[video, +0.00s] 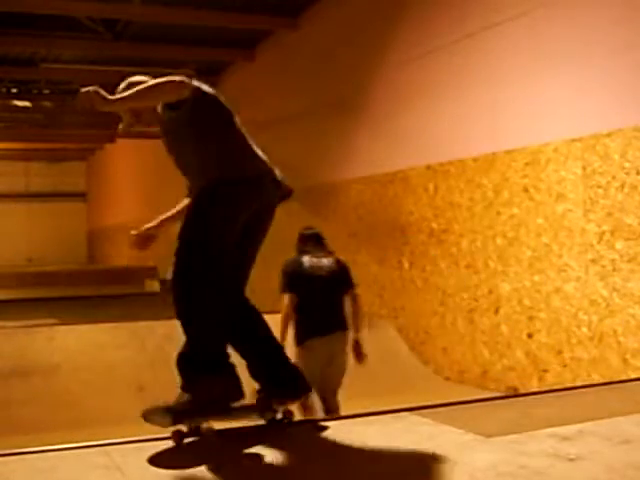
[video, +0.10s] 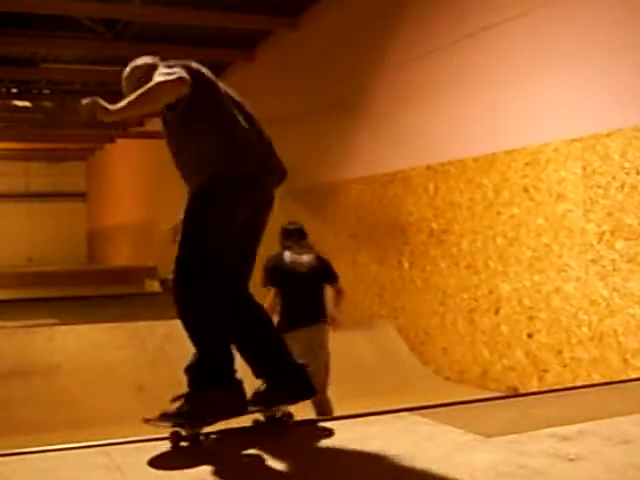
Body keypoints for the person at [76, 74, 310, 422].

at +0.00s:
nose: (130, 124)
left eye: (128, 114)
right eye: (126, 119)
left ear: (140, 96)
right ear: (148, 104)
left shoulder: (185, 96)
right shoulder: (181, 126)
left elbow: (179, 85)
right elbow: (202, 191)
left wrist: (114, 102)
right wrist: (157, 225)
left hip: (226, 193)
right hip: (254, 193)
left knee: (191, 287)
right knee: (225, 293)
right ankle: (283, 383)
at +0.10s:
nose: (139, 99)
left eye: (137, 92)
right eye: (136, 97)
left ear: (147, 75)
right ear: (155, 73)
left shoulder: (172, 69)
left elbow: (172, 87)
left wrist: (117, 112)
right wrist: (186, 221)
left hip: (224, 187)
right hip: (251, 186)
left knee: (194, 287)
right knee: (229, 289)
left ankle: (215, 390)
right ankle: (287, 379)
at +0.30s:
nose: (140, 69)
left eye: (139, 58)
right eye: (137, 61)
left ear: (148, 38)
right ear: (170, 28)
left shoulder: (165, 39)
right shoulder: (221, 52)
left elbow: (171, 79)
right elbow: (274, 107)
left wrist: (126, 126)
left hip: (207, 180)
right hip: (247, 177)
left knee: (183, 281)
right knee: (235, 278)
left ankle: (209, 396)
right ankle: (284, 382)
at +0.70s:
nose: (134, 27)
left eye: (135, 18)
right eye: (133, 22)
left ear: (148, 4)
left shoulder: (165, 11)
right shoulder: (220, 22)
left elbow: (171, 54)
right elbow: (274, 80)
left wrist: (124, 103)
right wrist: (250, 126)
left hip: (196, 164)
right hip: (243, 160)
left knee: (179, 277)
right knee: (241, 270)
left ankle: (196, 396)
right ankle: (275, 383)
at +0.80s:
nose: (135, 40)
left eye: (133, 30)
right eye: (132, 34)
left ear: (142, 11)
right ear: (159, 10)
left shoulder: (166, 14)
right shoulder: (212, 28)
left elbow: (170, 50)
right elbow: (253, 81)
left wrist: (122, 99)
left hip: (202, 161)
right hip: (245, 157)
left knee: (175, 275)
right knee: (236, 270)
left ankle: (186, 397)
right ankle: (277, 381)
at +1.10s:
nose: (136, 56)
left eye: (134, 46)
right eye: (136, 52)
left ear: (138, 25)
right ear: (164, 20)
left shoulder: (153, 19)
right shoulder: (209, 42)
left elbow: (165, 63)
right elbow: (216, 126)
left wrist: (147, 126)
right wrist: (173, 165)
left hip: (204, 170)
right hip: (243, 167)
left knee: (175, 278)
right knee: (238, 273)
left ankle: (185, 397)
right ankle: (279, 382)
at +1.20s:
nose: (136, 70)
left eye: (134, 61)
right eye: (136, 65)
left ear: (136, 35)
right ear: (167, 26)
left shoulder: (151, 29)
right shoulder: (208, 50)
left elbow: (159, 79)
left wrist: (142, 144)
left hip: (199, 173)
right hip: (243, 171)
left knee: (166, 281)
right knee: (231, 276)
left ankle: (182, 396)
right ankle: (276, 382)